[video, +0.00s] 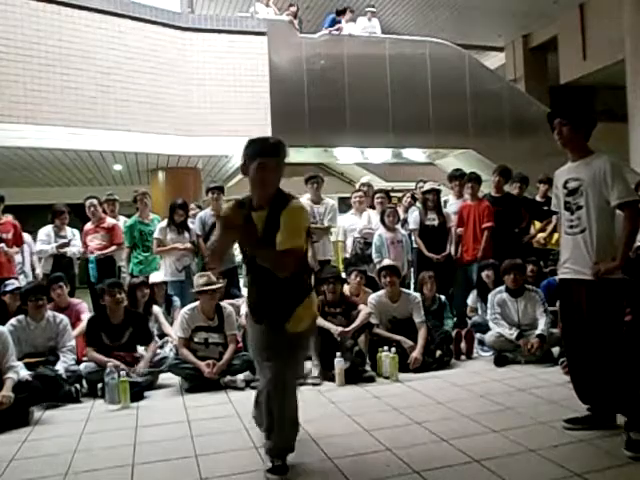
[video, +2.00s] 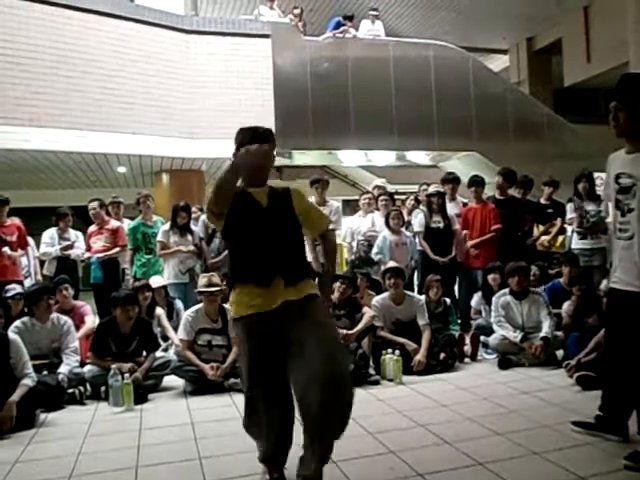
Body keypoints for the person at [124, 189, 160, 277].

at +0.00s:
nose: (144, 203)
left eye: (146, 199)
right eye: (140, 200)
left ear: (150, 202)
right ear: (136, 204)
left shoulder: (157, 220)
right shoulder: (130, 224)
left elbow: (160, 243)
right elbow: (127, 247)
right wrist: (125, 269)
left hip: (155, 266)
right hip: (138, 267)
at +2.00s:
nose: (147, 204)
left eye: (149, 201)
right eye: (143, 202)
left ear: (153, 204)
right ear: (139, 206)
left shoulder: (160, 222)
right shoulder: (133, 227)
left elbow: (165, 245)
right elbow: (130, 249)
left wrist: (168, 267)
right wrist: (129, 271)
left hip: (159, 268)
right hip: (141, 269)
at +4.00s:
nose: (149, 204)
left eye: (151, 200)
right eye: (146, 202)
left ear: (155, 203)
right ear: (141, 206)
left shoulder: (161, 222)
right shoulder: (135, 226)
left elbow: (166, 244)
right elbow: (131, 249)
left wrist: (168, 266)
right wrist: (129, 269)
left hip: (159, 268)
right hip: (142, 269)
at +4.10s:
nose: (150, 204)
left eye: (151, 200)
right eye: (146, 202)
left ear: (156, 203)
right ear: (141, 206)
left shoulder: (162, 222)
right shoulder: (135, 226)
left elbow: (166, 244)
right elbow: (132, 249)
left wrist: (168, 266)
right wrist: (129, 269)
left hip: (160, 268)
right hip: (142, 269)